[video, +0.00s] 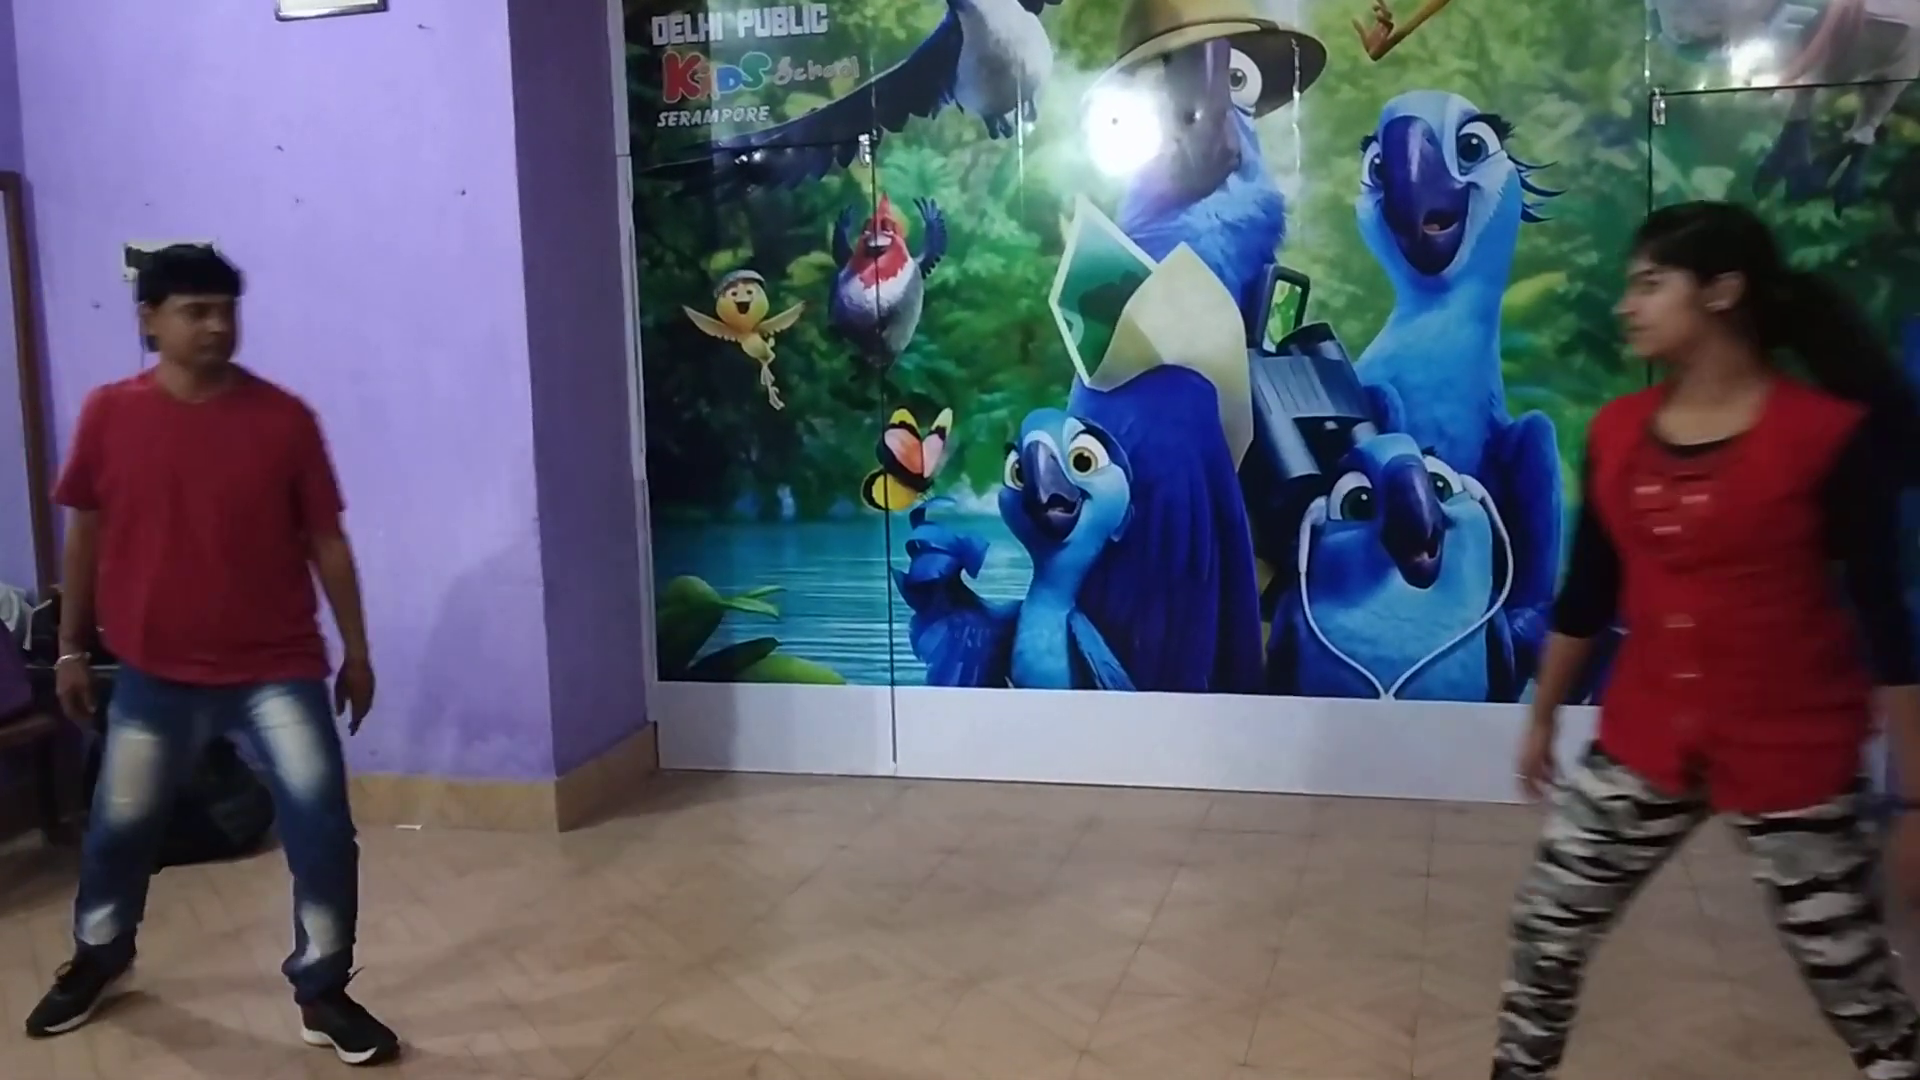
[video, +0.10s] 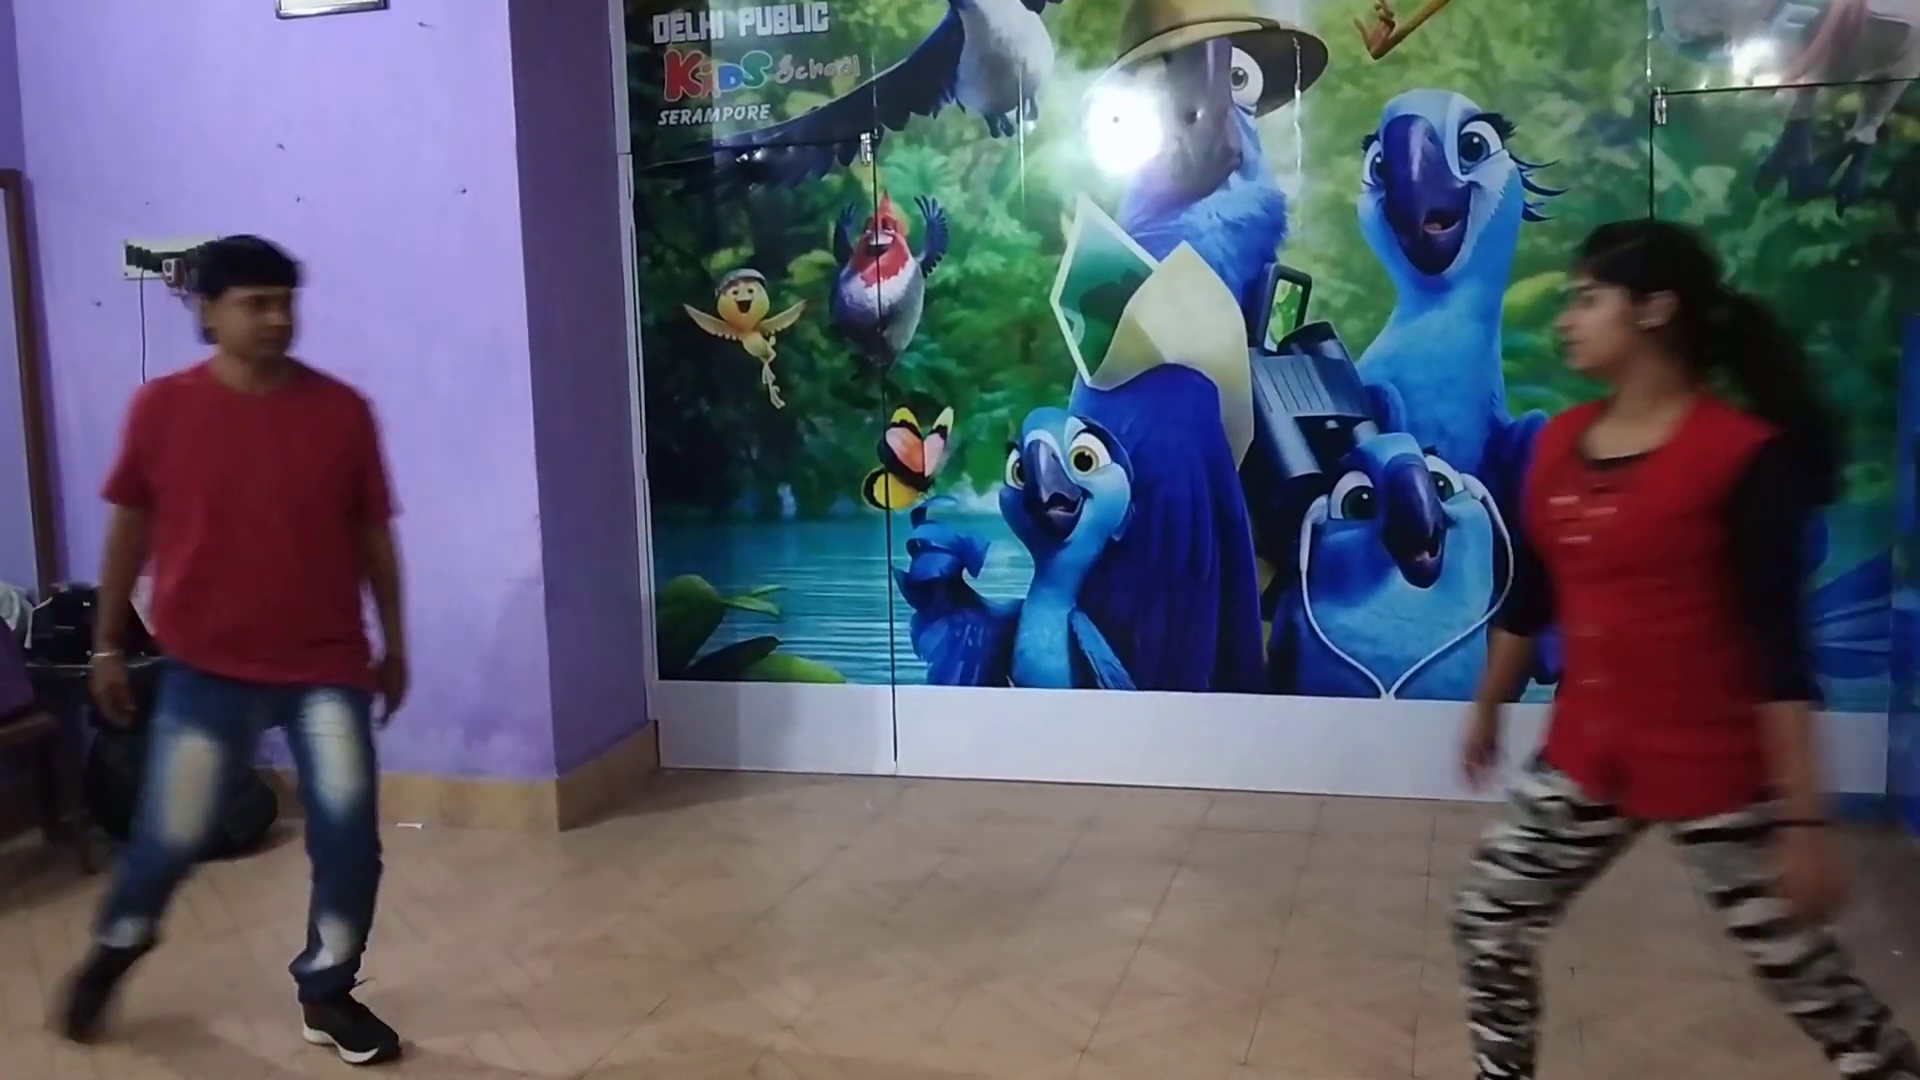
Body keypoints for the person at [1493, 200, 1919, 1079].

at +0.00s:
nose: (1626, 306)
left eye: (1648, 284)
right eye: (1629, 286)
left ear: (1721, 293)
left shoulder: (1831, 437)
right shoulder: (1619, 432)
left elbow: (1889, 624)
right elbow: (1589, 587)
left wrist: (1911, 802)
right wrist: (1541, 713)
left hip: (1793, 753)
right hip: (1645, 743)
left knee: (1855, 992)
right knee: (1546, 933)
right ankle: (1517, 1071)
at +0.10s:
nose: (1565, 321)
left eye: (1586, 300)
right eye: (1569, 301)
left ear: (1652, 311)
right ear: (1628, 315)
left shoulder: (1745, 455)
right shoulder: (1559, 446)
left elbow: (1779, 641)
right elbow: (1529, 591)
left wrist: (1804, 816)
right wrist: (1487, 705)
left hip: (1714, 766)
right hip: (1590, 756)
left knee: (1804, 979)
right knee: (1487, 921)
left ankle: (1892, 1065)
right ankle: (1503, 1071)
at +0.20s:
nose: (1490, 325)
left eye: (1509, 308)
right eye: (1495, 307)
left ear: (1571, 323)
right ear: (1554, 323)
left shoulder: (1631, 465)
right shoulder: (1495, 445)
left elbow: (1644, 648)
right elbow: (1462, 579)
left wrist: (1646, 815)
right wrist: (1412, 682)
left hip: (1621, 762)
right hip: (1514, 748)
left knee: (1684, 982)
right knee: (1430, 920)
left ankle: (1807, 1065)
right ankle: (1482, 1071)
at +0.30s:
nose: (1416, 329)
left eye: (1433, 313)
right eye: (1422, 311)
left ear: (1490, 329)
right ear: (1477, 328)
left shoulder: (1537, 468)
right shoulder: (1439, 443)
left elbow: (1505, 643)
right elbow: (1391, 563)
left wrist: (1462, 786)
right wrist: (1333, 654)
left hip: (1531, 768)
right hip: (1443, 755)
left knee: (1479, 985)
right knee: (1395, 925)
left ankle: (1660, 1070)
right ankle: (1465, 1068)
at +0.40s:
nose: (1346, 335)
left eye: (1364, 318)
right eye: (1352, 317)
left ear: (1419, 333)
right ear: (1406, 333)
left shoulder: (1457, 463)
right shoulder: (1379, 444)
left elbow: (1364, 619)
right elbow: (1313, 552)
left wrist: (1276, 727)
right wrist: (1246, 625)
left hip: (1454, 754)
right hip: (1391, 741)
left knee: (1312, 930)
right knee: (1376, 944)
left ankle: (1429, 1059)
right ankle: (1454, 1064)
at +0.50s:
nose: (1278, 336)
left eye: (1294, 318)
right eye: (1283, 318)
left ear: (1348, 333)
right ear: (1342, 336)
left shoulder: (1374, 464)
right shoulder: (1323, 447)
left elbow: (1242, 566)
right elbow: (1231, 556)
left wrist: (1115, 649)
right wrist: (1145, 619)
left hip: (1368, 745)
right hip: (1330, 737)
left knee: (1208, 905)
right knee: (1356, 943)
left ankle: (1196, 1065)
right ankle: (1463, 1071)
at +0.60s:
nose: (1211, 332)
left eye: (1229, 317)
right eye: (1220, 314)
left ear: (1274, 336)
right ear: (1276, 338)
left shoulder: (1276, 457)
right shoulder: (1293, 444)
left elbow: (1138, 533)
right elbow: (1143, 536)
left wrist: (987, 566)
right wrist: (999, 565)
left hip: (1266, 746)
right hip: (1314, 736)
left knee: (1131, 901)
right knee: (1280, 931)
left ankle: (1151, 1068)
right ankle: (1449, 1068)